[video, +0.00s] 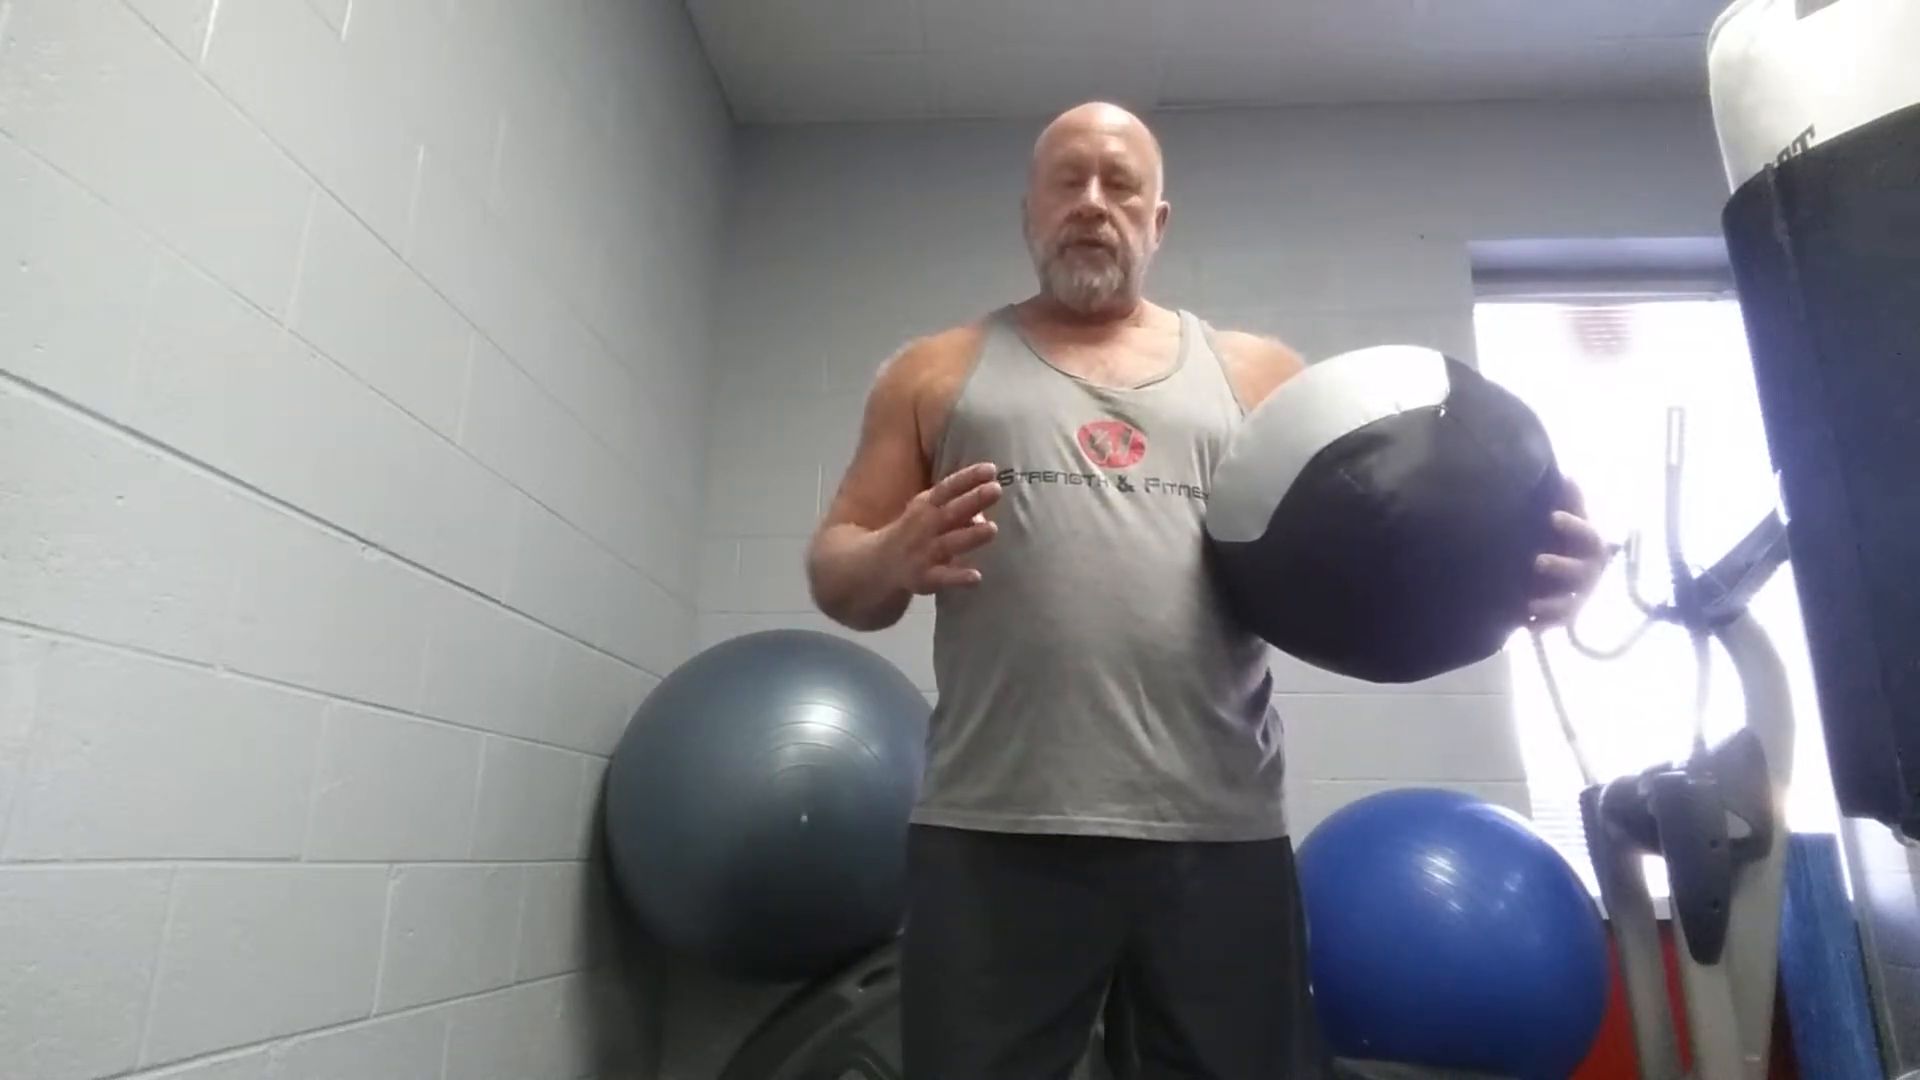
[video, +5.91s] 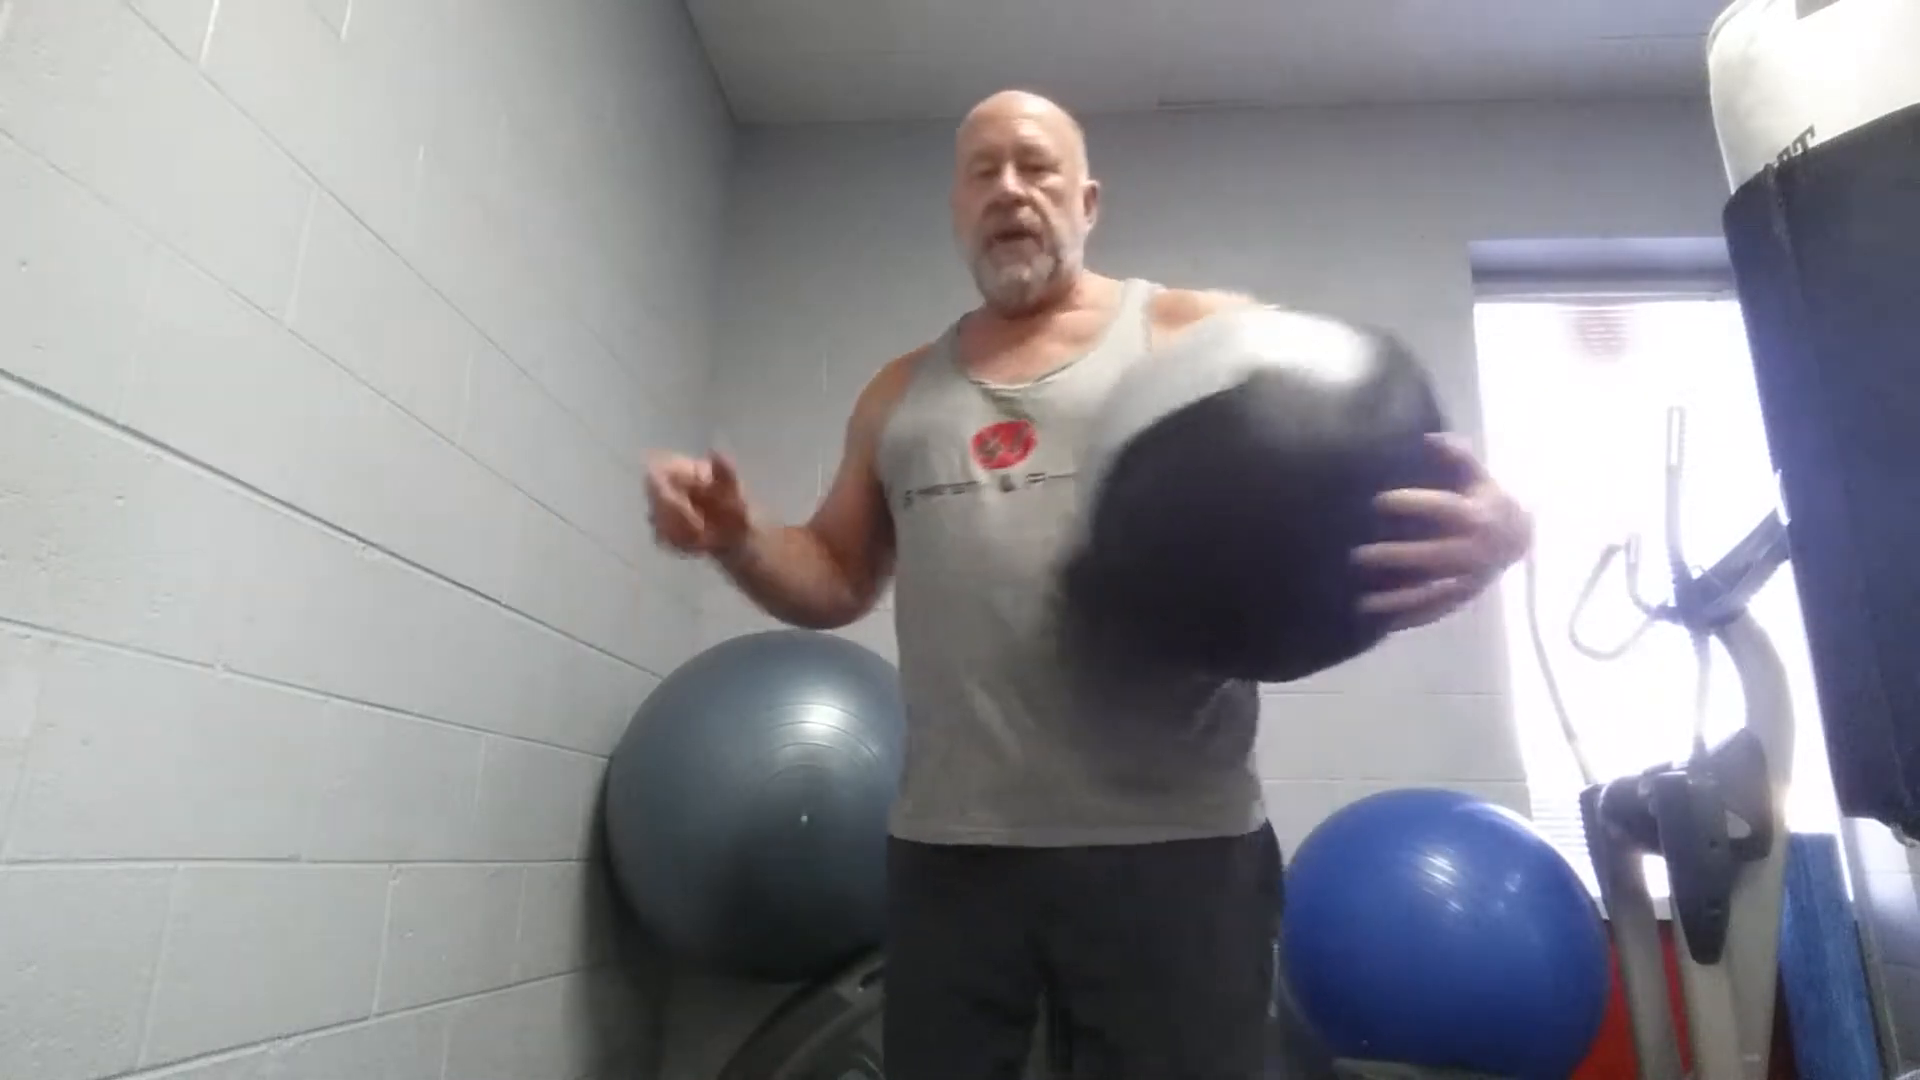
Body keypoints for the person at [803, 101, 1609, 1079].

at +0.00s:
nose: (1092, 203)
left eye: (1120, 184)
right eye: (1067, 179)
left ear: (1158, 216)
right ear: (1027, 208)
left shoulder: (1253, 371)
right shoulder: (932, 374)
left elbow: (1393, 532)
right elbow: (838, 583)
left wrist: (1539, 564)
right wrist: (890, 557)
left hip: (1218, 842)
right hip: (992, 840)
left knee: (1240, 1077)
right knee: (971, 1076)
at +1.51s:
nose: (1033, 193)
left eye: (1062, 174)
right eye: (1009, 176)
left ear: (1114, 213)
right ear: (978, 214)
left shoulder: (1228, 362)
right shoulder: (908, 390)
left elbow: (1369, 527)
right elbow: (828, 590)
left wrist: (1518, 548)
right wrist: (749, 510)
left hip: (1209, 839)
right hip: (984, 843)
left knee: (1239, 1068)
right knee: (970, 1067)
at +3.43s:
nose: (1065, 196)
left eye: (1094, 178)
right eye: (1041, 175)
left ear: (1137, 217)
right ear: (1002, 209)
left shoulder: (1235, 371)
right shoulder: (916, 377)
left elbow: (1373, 531)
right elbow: (828, 592)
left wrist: (1520, 568)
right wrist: (878, 575)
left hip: (1205, 838)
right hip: (977, 836)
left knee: (1231, 1074)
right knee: (961, 1072)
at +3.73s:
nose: (1058, 199)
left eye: (1086, 178)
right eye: (1034, 178)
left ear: (1133, 212)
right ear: (998, 213)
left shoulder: (1236, 368)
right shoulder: (919, 381)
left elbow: (1377, 529)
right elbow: (842, 599)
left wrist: (1527, 564)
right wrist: (863, 525)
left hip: (1206, 834)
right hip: (979, 835)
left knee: (1231, 1068)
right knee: (967, 1068)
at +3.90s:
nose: (1060, 203)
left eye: (1086, 181)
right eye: (1035, 183)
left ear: (1136, 210)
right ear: (1000, 216)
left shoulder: (1245, 366)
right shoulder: (927, 384)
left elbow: (1383, 525)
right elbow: (824, 565)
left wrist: (1534, 557)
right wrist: (653, 498)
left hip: (1213, 840)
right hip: (986, 842)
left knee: (1254, 1073)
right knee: (970, 1074)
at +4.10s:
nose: (1059, 208)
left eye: (1088, 188)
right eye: (1035, 187)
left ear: (1136, 216)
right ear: (1004, 216)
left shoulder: (1251, 366)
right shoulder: (931, 388)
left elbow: (1375, 542)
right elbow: (852, 580)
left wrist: (1533, 564)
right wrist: (769, 477)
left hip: (1216, 834)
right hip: (991, 837)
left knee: (1248, 1071)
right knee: (974, 1068)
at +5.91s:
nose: (1008, 190)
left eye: (1036, 167)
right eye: (982, 170)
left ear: (1088, 197)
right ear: (955, 207)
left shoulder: (1203, 335)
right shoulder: (900, 394)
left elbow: (1363, 475)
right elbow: (834, 583)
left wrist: (1507, 530)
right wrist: (740, 539)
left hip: (1173, 854)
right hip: (954, 859)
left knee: (1192, 1066)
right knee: (937, 1066)